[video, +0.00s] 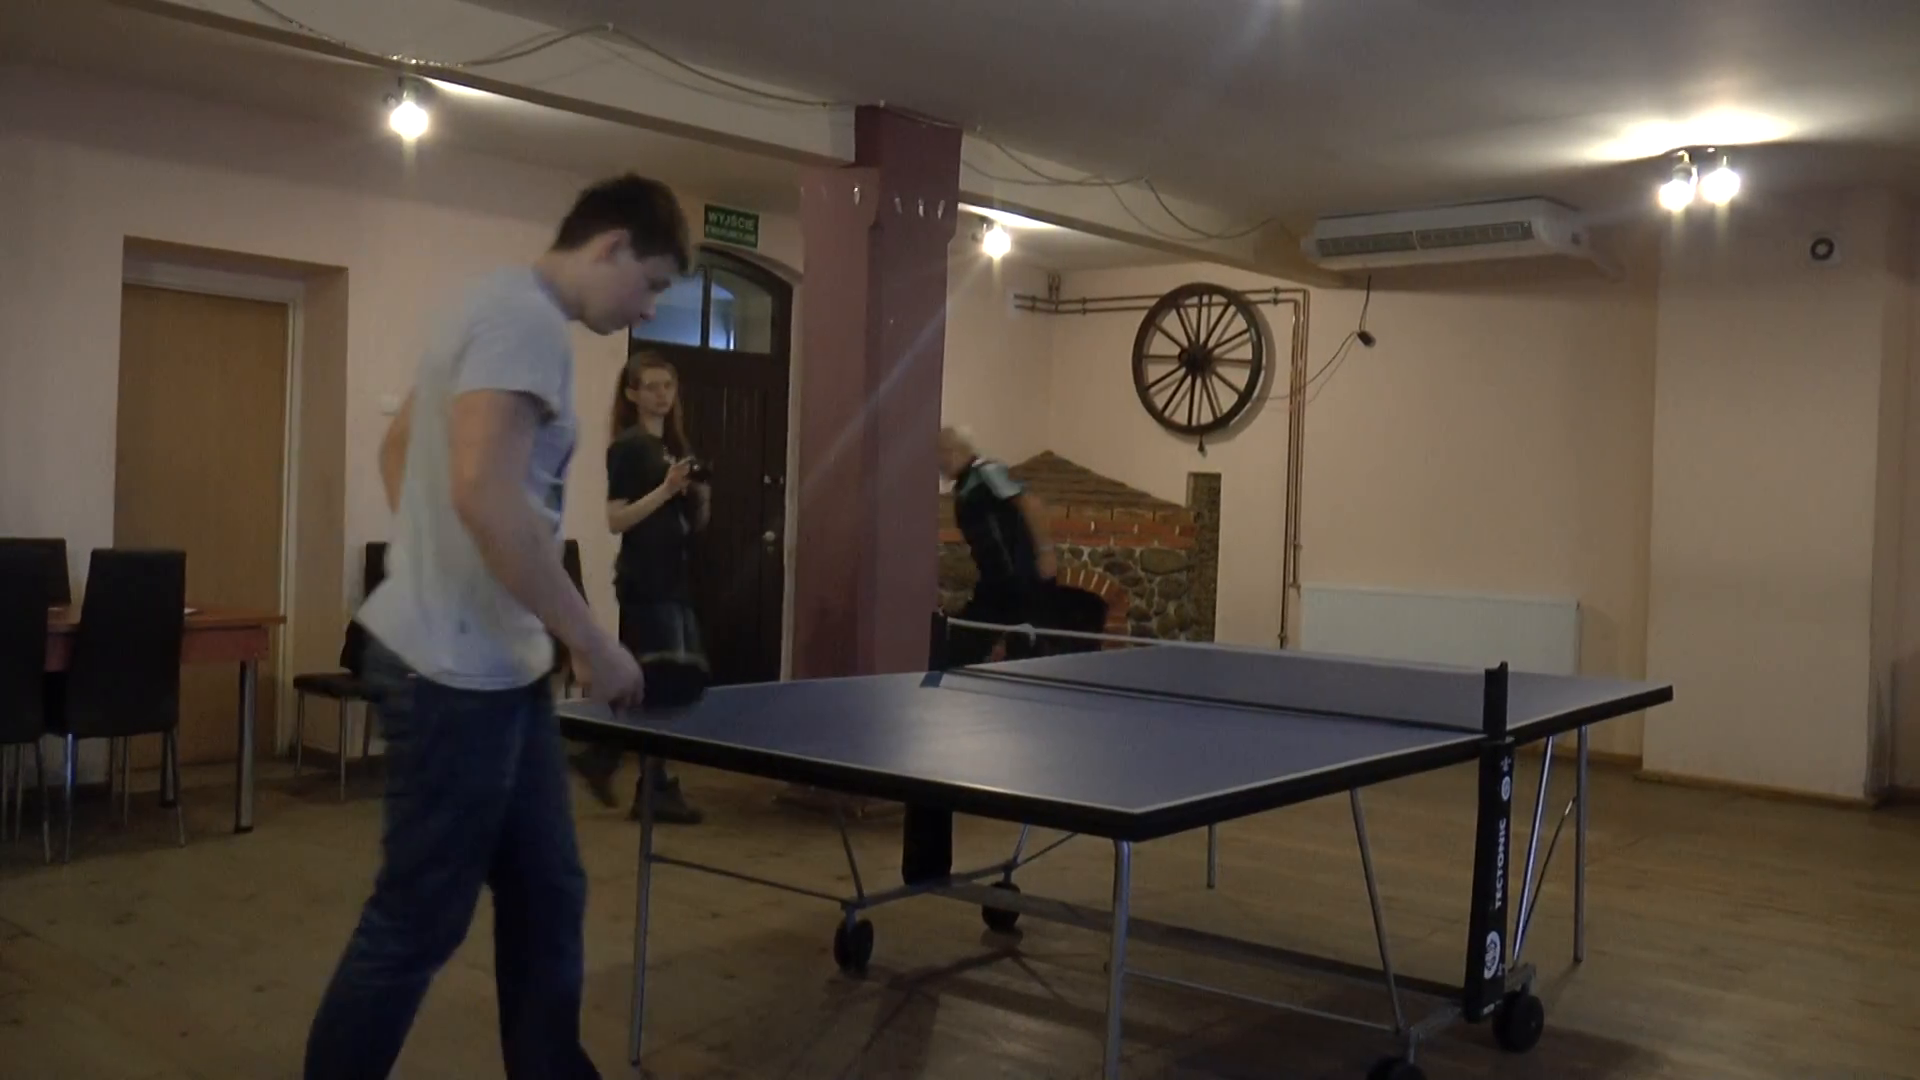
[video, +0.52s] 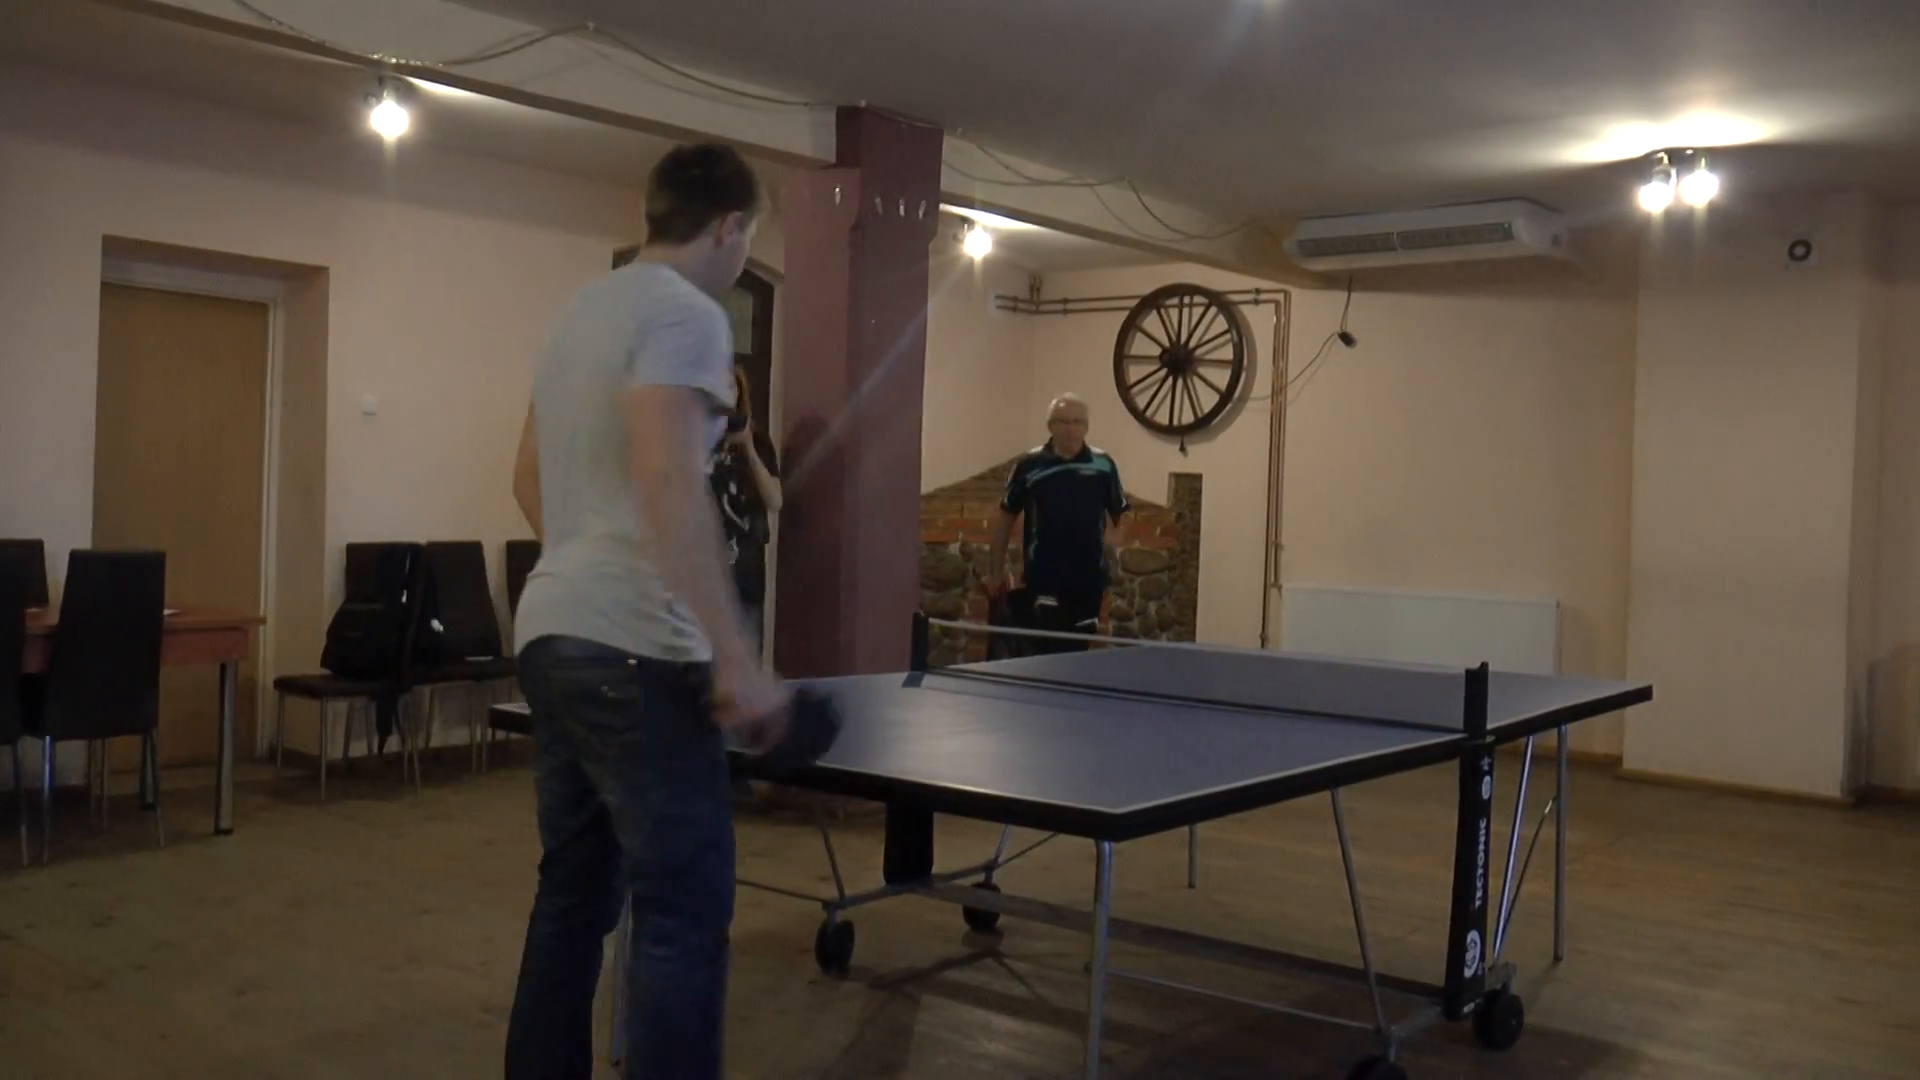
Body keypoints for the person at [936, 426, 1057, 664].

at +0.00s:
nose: (941, 462)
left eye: (944, 453)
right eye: (939, 455)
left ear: (959, 451)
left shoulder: (988, 472)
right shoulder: (961, 487)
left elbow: (1028, 504)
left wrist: (1045, 552)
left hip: (1019, 573)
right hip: (992, 577)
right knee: (965, 645)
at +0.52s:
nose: (1071, 429)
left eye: (1078, 422)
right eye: (1064, 422)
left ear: (1087, 428)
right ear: (1050, 426)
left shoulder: (1103, 465)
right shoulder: (1030, 465)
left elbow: (1117, 515)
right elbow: (1006, 518)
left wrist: (1110, 554)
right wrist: (999, 571)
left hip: (1087, 576)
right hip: (1042, 576)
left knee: (1075, 658)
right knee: (1039, 658)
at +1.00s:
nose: (1139, 433)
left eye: (1144, 424)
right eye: (1131, 425)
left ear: (1149, 427)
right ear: (1111, 429)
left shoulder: (1156, 464)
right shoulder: (1092, 469)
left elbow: (1182, 507)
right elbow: (1068, 525)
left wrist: (1152, 470)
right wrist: (1069, 578)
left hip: (1149, 584)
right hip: (1103, 585)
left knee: (1152, 665)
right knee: (1102, 665)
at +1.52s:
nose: (1222, 429)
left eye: (1229, 422)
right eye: (1214, 422)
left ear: (1239, 428)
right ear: (1201, 426)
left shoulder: (1249, 474)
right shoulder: (1179, 470)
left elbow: (1254, 525)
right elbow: (1154, 528)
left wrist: (1269, 544)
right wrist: (1157, 585)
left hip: (1237, 595)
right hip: (1189, 594)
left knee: (1233, 677)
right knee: (1187, 676)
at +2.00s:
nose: (1303, 432)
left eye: (1310, 424)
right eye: (1294, 424)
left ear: (1320, 431)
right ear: (1278, 431)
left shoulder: (1328, 475)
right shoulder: (1257, 478)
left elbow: (1353, 531)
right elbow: (1224, 540)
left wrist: (1352, 542)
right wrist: (1209, 602)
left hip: (1319, 603)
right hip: (1279, 606)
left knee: (1292, 691)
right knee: (1315, 694)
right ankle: (1331, 793)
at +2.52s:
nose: (1393, 428)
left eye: (1402, 421)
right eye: (1385, 421)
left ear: (1419, 427)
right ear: (1374, 426)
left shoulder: (1437, 477)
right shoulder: (1354, 478)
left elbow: (1452, 542)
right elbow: (1323, 545)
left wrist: (1464, 603)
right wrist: (1343, 594)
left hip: (1426, 614)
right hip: (1363, 614)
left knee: (1444, 709)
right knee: (1345, 703)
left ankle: (1459, 812)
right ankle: (1335, 794)